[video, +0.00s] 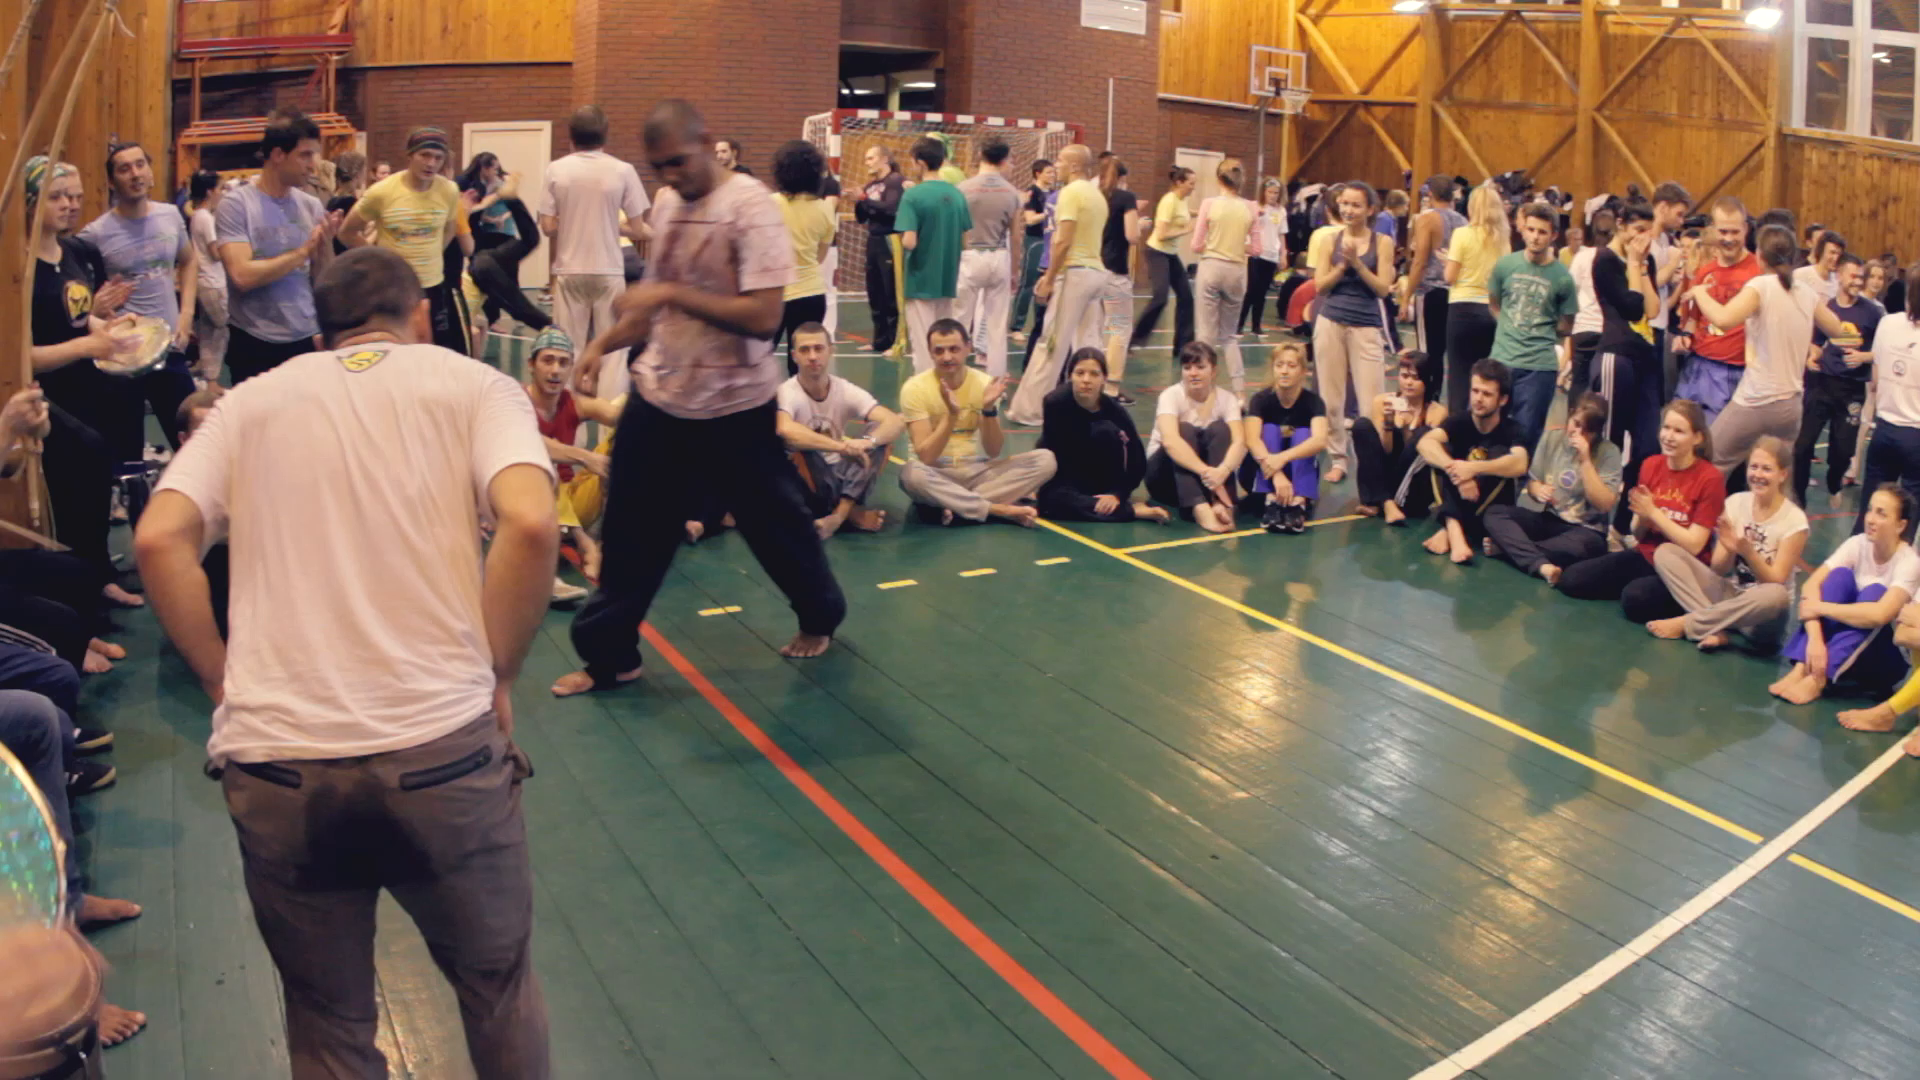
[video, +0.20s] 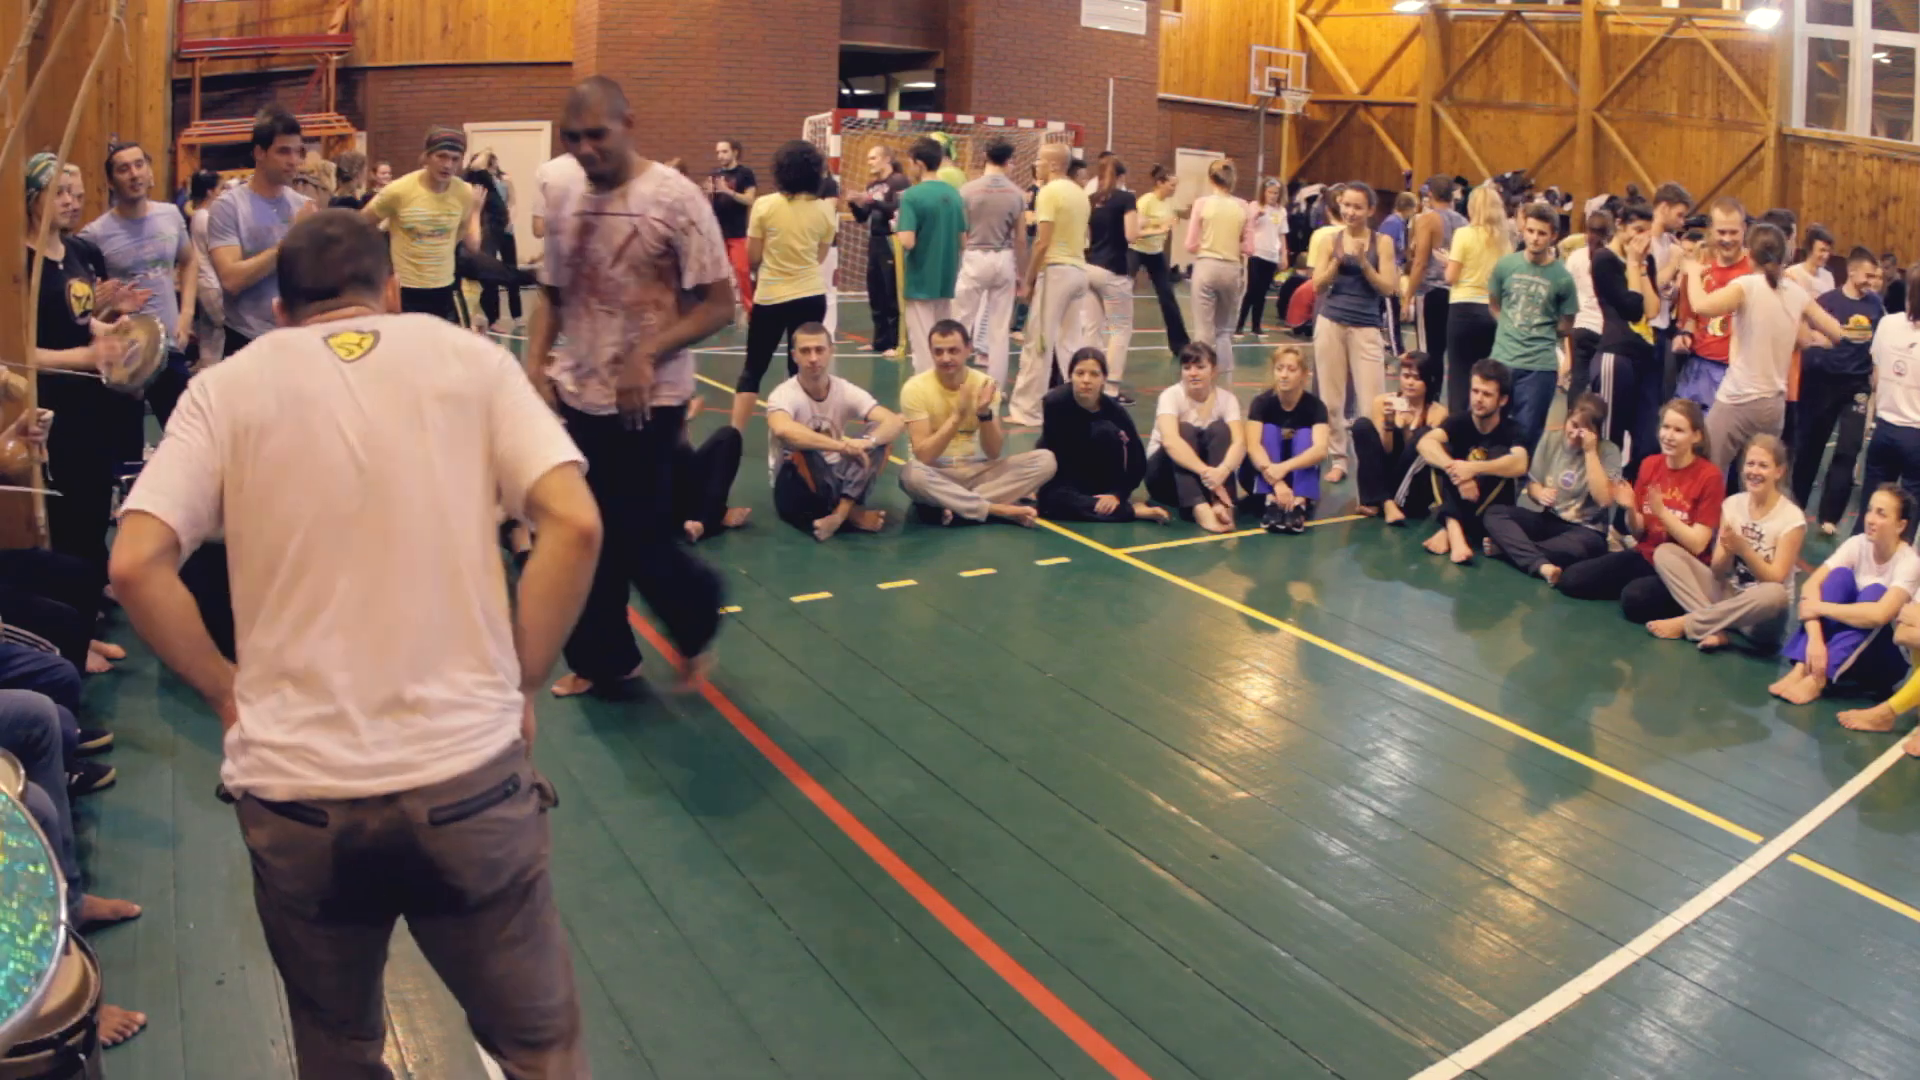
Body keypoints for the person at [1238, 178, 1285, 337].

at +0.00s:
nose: (1273, 195)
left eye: (1276, 192)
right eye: (1270, 192)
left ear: (1279, 194)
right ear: (1263, 192)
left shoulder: (1281, 211)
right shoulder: (1255, 208)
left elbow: (1282, 235)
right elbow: (1247, 227)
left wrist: (1283, 255)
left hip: (1272, 255)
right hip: (1256, 253)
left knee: (1261, 294)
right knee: (1250, 292)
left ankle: (1256, 326)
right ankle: (1240, 325)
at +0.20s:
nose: (1273, 196)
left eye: (1276, 193)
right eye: (1270, 192)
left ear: (1279, 194)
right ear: (1263, 192)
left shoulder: (1281, 211)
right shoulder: (1255, 206)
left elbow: (1282, 236)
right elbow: (1247, 227)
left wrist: (1284, 256)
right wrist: (1256, 216)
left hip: (1272, 255)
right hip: (1256, 253)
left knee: (1261, 294)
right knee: (1251, 292)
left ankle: (1256, 326)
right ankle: (1240, 325)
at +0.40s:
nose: (1273, 195)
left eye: (1276, 192)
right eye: (1270, 192)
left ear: (1279, 194)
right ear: (1263, 192)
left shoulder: (1281, 211)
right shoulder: (1255, 206)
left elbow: (1283, 236)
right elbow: (1246, 226)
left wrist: (1284, 256)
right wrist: (1256, 216)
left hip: (1272, 254)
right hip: (1256, 252)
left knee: (1262, 294)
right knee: (1251, 292)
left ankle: (1256, 326)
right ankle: (1240, 326)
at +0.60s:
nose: (1272, 195)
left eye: (1276, 192)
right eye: (1270, 192)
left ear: (1280, 194)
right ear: (1263, 192)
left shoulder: (1282, 211)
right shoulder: (1255, 206)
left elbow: (1283, 235)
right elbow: (1245, 226)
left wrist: (1285, 255)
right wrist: (1256, 216)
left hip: (1272, 254)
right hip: (1255, 251)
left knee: (1262, 293)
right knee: (1251, 291)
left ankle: (1256, 326)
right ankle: (1240, 326)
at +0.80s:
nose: (1273, 195)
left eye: (1276, 192)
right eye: (1270, 192)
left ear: (1279, 194)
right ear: (1264, 192)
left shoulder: (1282, 211)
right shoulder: (1255, 206)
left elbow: (1283, 235)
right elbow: (1244, 226)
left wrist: (1285, 255)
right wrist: (1256, 216)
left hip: (1273, 254)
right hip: (1255, 251)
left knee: (1262, 293)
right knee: (1252, 290)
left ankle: (1256, 326)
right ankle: (1240, 326)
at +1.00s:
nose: (1273, 196)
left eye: (1276, 193)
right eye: (1270, 192)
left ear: (1280, 194)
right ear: (1264, 192)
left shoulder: (1283, 211)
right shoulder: (1255, 206)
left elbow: (1284, 235)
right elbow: (1244, 226)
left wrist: (1286, 254)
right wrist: (1257, 217)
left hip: (1273, 253)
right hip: (1256, 250)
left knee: (1263, 292)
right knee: (1254, 289)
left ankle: (1256, 325)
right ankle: (1242, 324)